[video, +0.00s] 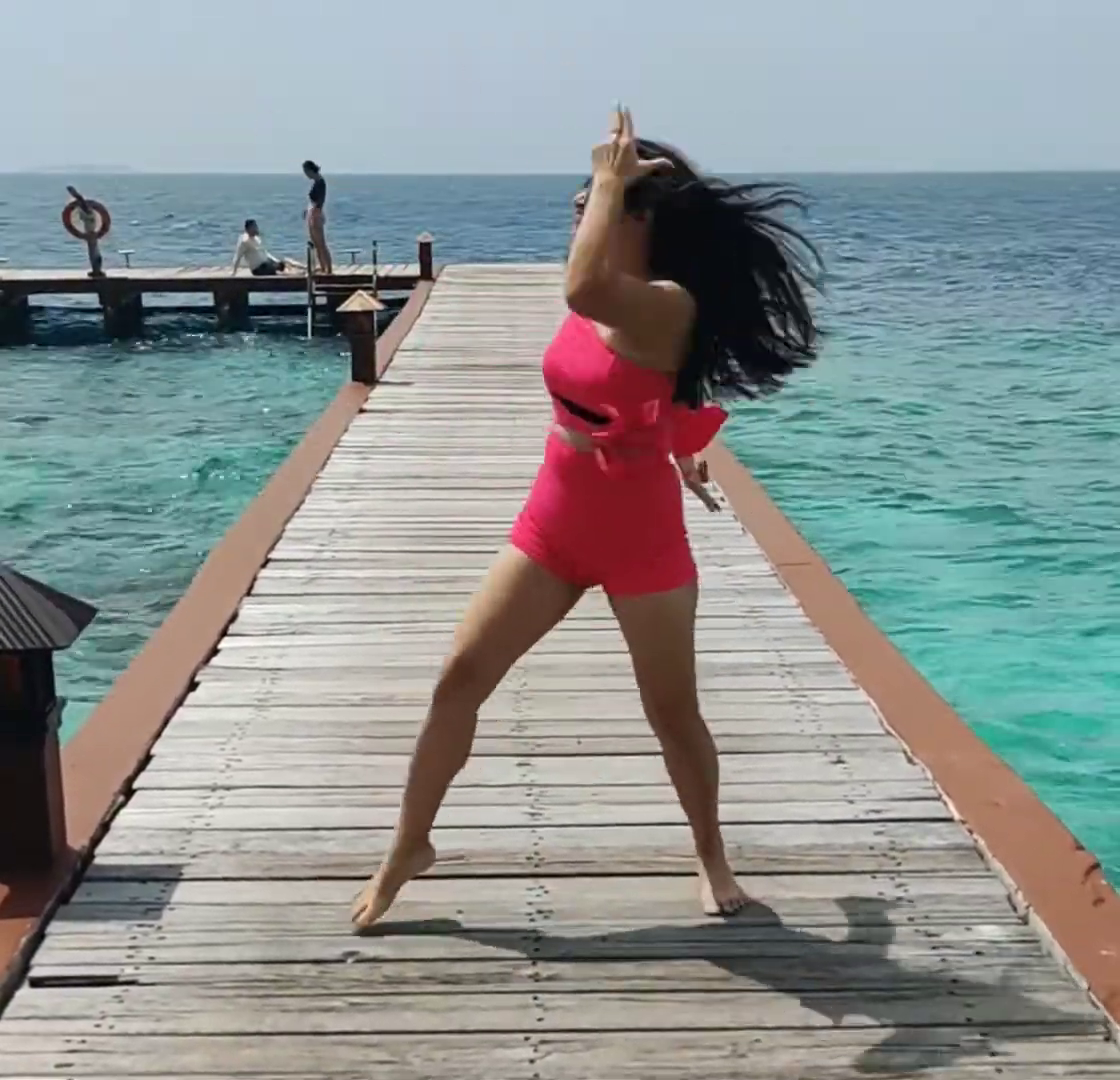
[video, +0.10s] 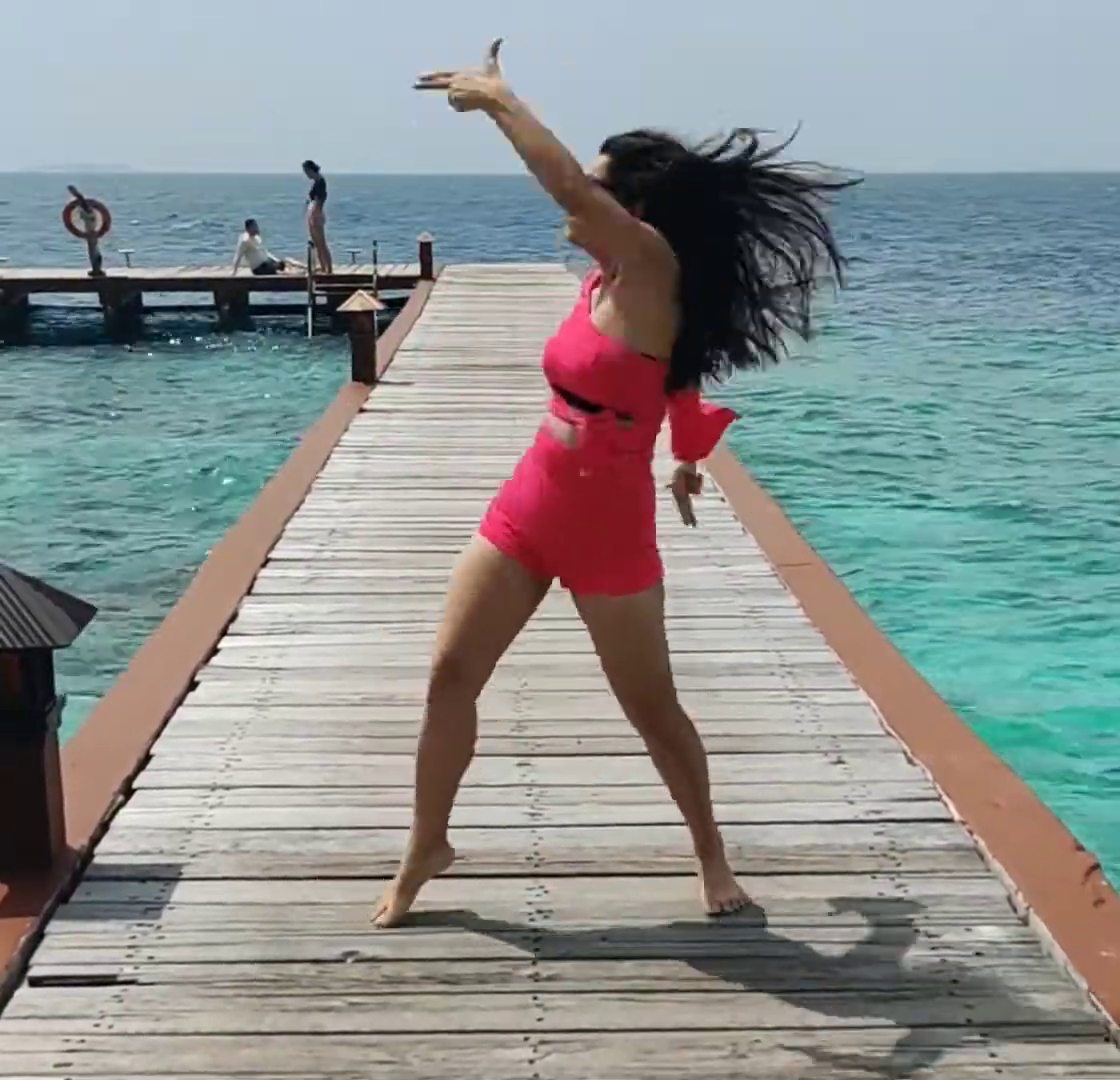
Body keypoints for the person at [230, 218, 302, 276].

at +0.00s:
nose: (256, 229)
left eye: (256, 227)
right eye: (253, 228)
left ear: (256, 228)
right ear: (247, 229)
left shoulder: (256, 238)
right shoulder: (244, 241)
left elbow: (265, 253)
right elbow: (237, 258)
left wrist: (276, 262)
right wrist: (234, 273)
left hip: (266, 263)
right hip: (258, 268)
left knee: (286, 261)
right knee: (285, 269)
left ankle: (306, 268)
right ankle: (304, 274)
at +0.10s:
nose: (256, 229)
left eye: (256, 226)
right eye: (254, 227)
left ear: (256, 227)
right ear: (248, 229)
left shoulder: (257, 237)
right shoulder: (244, 241)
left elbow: (265, 252)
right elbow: (238, 257)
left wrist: (277, 261)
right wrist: (234, 273)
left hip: (266, 262)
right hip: (259, 267)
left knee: (288, 261)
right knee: (286, 269)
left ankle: (307, 267)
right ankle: (305, 273)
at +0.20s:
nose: (257, 228)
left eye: (256, 226)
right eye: (254, 226)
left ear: (257, 226)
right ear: (248, 228)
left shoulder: (257, 237)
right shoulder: (245, 241)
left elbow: (265, 252)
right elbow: (238, 257)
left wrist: (278, 261)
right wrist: (234, 272)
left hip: (266, 261)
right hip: (259, 267)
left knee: (288, 260)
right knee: (286, 268)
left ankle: (307, 267)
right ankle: (305, 273)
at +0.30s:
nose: (257, 228)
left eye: (257, 225)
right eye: (254, 226)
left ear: (257, 226)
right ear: (249, 228)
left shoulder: (257, 237)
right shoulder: (245, 241)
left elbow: (266, 252)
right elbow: (239, 257)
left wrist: (278, 260)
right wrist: (235, 272)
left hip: (267, 261)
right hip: (259, 267)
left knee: (288, 260)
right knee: (286, 268)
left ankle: (308, 267)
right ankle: (305, 273)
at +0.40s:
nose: (257, 227)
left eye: (257, 225)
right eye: (255, 225)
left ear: (256, 226)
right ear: (249, 228)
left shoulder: (257, 237)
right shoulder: (245, 241)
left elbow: (266, 252)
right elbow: (239, 258)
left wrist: (278, 261)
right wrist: (235, 273)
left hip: (267, 261)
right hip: (260, 267)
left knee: (288, 261)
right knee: (286, 269)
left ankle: (310, 267)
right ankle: (305, 273)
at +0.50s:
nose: (257, 228)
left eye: (257, 225)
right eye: (254, 226)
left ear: (257, 227)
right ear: (248, 228)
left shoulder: (257, 237)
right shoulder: (245, 241)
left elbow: (266, 252)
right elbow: (239, 258)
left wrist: (278, 261)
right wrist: (235, 273)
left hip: (267, 261)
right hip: (260, 267)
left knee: (289, 262)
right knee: (286, 269)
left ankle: (310, 267)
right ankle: (306, 273)